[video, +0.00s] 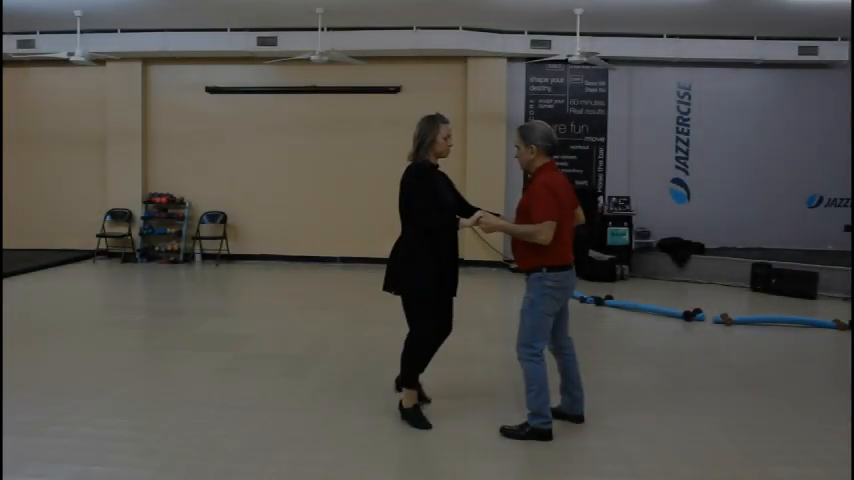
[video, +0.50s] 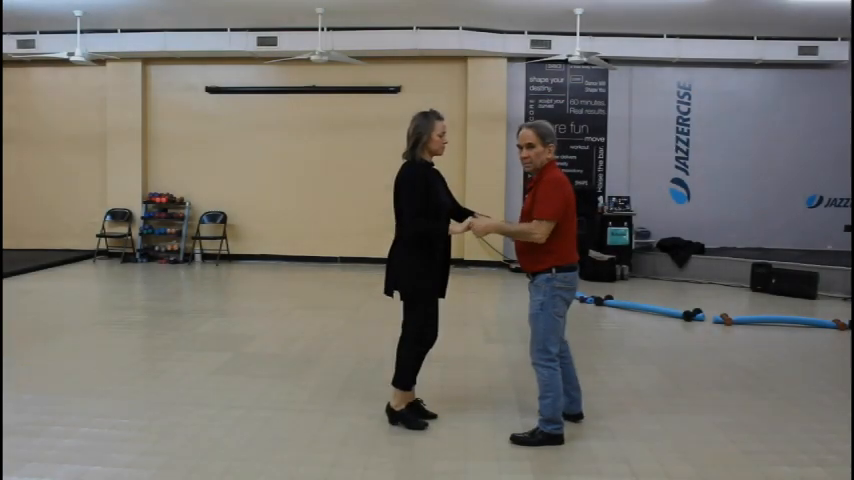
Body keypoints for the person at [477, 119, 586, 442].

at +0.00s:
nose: (516, 154)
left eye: (519, 148)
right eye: (517, 148)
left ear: (534, 150)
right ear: (542, 151)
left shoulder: (543, 184)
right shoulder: (558, 179)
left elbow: (543, 235)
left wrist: (500, 225)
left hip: (545, 279)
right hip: (561, 275)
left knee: (529, 350)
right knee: (561, 343)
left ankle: (538, 422)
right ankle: (573, 407)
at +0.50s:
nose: (523, 153)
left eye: (530, 147)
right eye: (520, 147)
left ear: (549, 149)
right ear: (519, 149)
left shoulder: (554, 182)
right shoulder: (539, 181)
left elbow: (539, 233)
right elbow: (532, 229)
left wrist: (495, 227)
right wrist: (497, 226)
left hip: (553, 279)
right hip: (547, 276)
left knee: (544, 354)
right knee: (556, 346)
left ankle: (550, 427)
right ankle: (571, 407)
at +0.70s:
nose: (523, 154)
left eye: (529, 147)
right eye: (518, 149)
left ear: (547, 149)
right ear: (516, 152)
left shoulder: (554, 181)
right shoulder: (533, 182)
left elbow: (544, 230)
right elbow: (528, 230)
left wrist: (516, 199)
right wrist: (492, 222)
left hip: (552, 280)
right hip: (542, 278)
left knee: (542, 355)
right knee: (549, 347)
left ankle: (550, 427)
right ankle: (568, 405)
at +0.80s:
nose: (520, 155)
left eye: (527, 148)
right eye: (516, 149)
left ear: (545, 148)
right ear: (513, 151)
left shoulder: (553, 181)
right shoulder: (532, 181)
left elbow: (547, 230)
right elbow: (538, 227)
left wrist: (515, 197)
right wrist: (514, 226)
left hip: (552, 281)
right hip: (539, 279)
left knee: (542, 356)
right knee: (546, 348)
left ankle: (550, 427)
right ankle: (566, 402)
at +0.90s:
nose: (514, 154)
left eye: (520, 148)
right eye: (512, 148)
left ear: (542, 149)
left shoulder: (551, 183)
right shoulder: (534, 181)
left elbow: (546, 233)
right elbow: (530, 224)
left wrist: (504, 214)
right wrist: (501, 214)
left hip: (551, 282)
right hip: (538, 280)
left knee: (542, 356)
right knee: (542, 348)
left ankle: (550, 428)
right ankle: (564, 401)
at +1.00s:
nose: (508, 152)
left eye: (513, 146)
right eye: (509, 145)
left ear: (534, 149)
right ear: (531, 149)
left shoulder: (550, 183)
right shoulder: (534, 180)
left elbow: (535, 236)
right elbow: (523, 219)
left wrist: (488, 224)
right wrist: (492, 213)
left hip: (550, 281)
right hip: (537, 278)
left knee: (541, 354)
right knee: (535, 345)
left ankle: (550, 428)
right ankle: (562, 398)